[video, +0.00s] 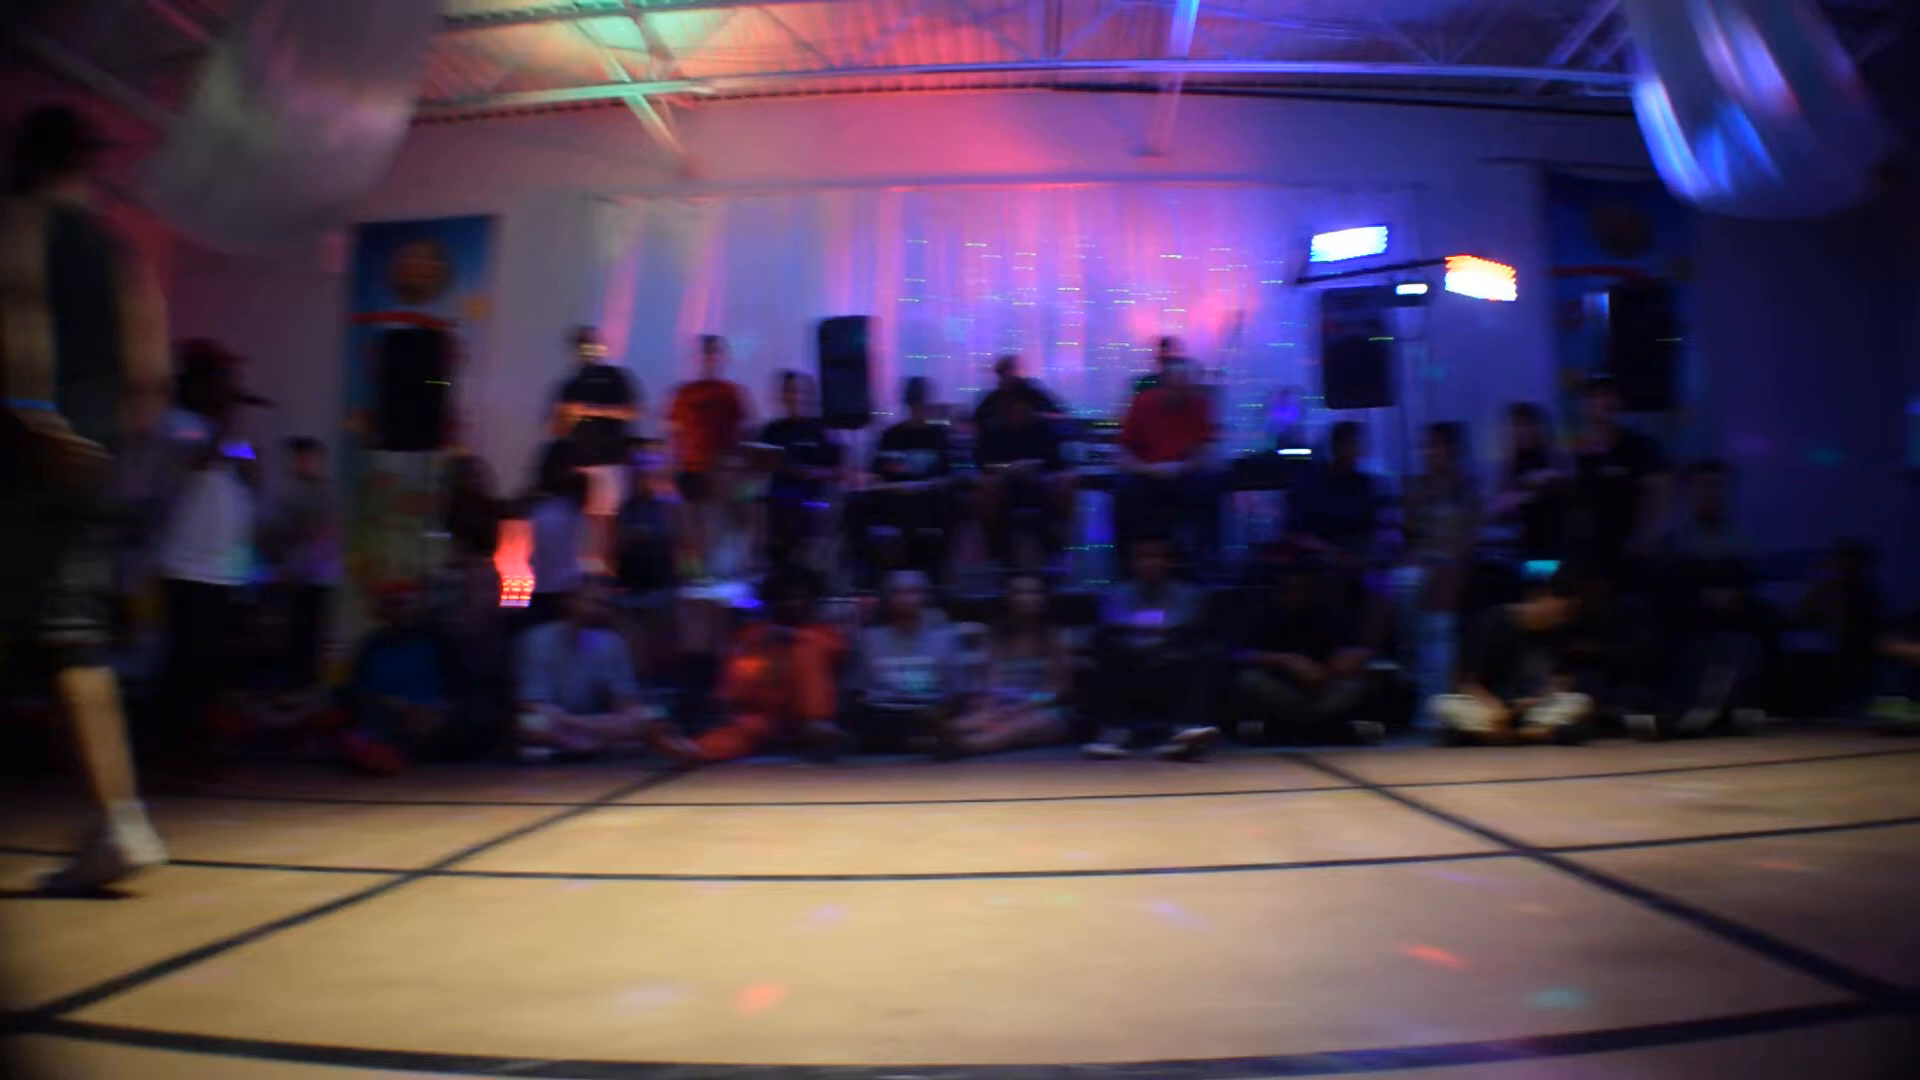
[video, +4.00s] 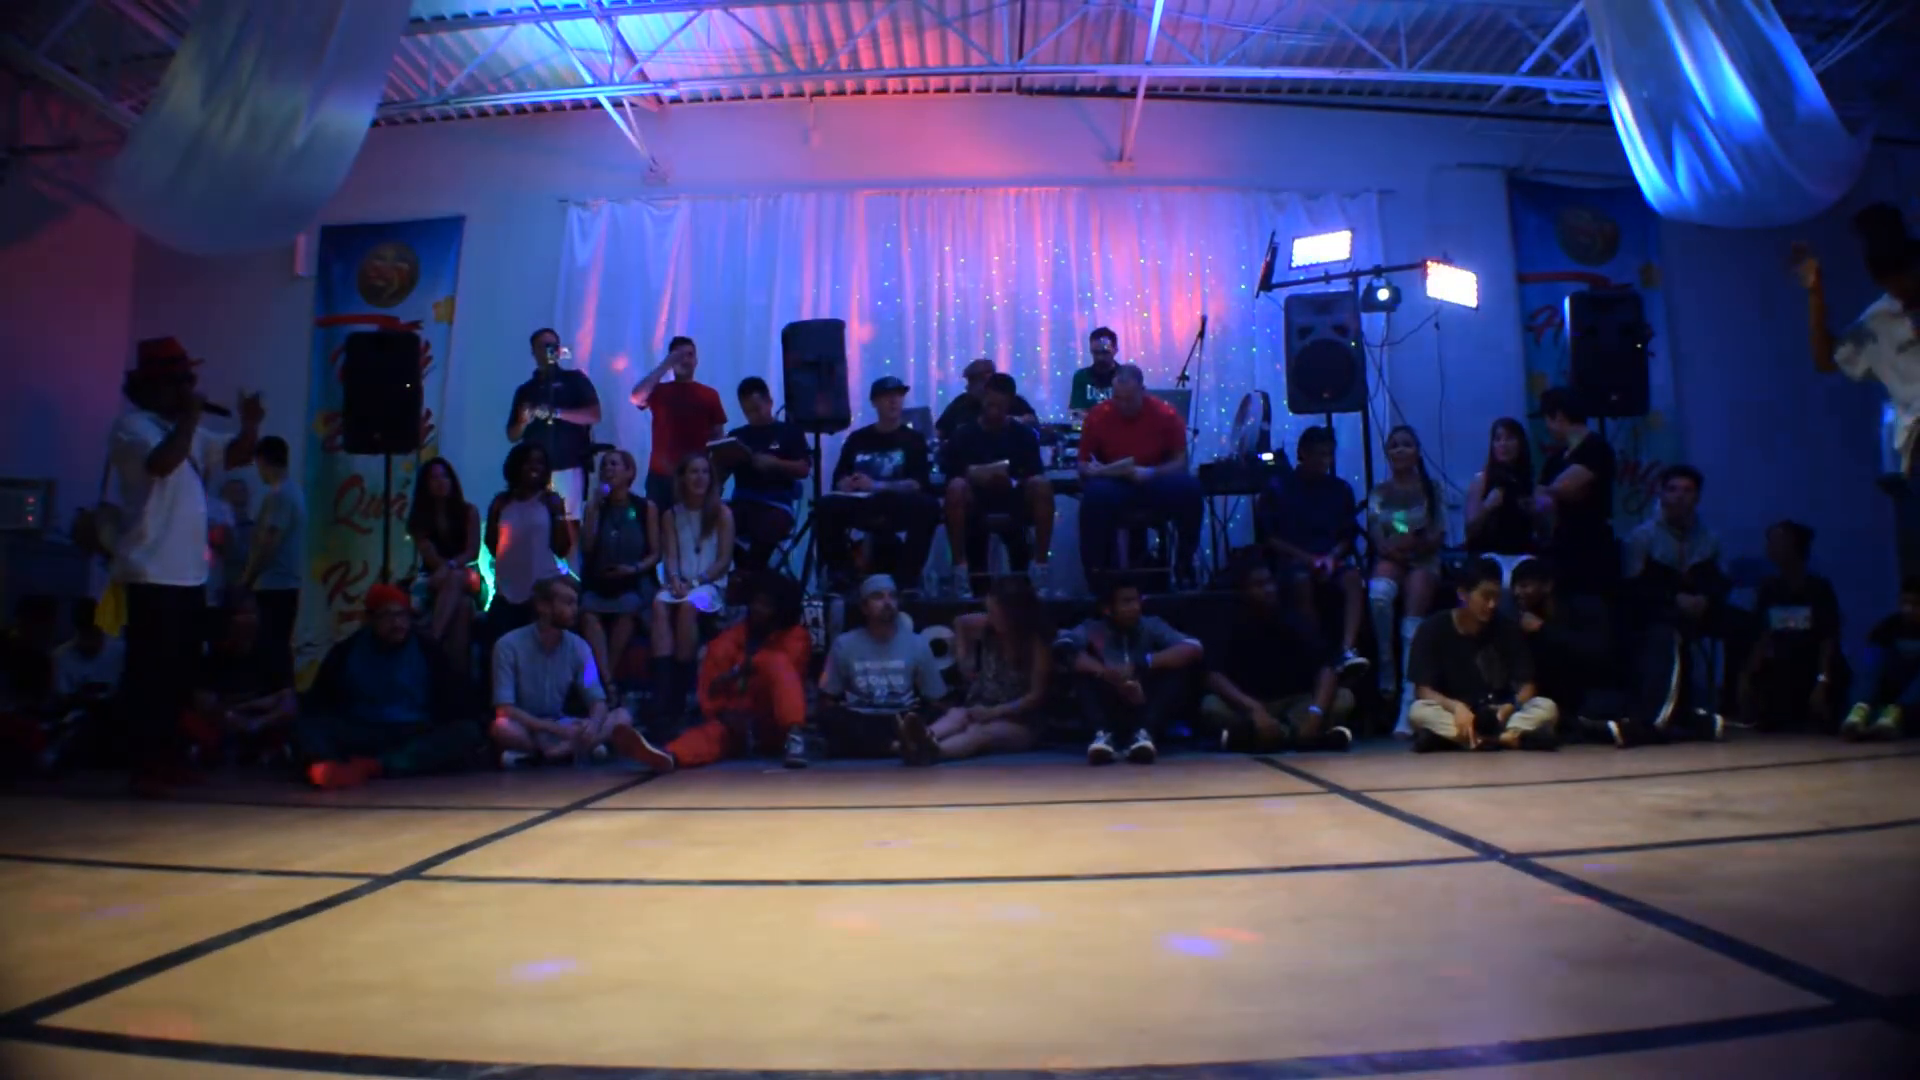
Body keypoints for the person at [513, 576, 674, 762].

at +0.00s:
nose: (597, 609)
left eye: (601, 602)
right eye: (590, 601)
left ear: (606, 605)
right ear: (570, 601)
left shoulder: (610, 643)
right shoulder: (539, 641)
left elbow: (631, 708)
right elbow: (533, 706)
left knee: (650, 719)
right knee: (530, 724)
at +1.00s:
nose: (570, 610)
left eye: (575, 604)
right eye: (563, 602)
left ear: (579, 608)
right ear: (547, 601)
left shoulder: (583, 643)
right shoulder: (515, 641)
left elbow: (602, 696)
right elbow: (509, 703)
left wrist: (598, 721)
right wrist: (561, 725)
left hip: (570, 718)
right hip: (533, 719)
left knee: (626, 712)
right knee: (507, 724)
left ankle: (561, 746)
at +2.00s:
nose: (568, 613)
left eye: (574, 607)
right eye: (561, 604)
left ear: (578, 610)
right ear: (545, 603)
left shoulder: (580, 646)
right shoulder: (513, 644)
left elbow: (600, 701)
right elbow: (507, 707)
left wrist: (596, 725)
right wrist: (562, 729)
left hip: (568, 721)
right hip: (530, 722)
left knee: (624, 715)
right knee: (504, 727)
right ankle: (581, 748)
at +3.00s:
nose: (567, 613)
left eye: (572, 607)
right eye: (561, 604)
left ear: (576, 610)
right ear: (542, 605)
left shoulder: (578, 647)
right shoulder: (509, 645)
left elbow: (598, 702)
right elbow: (504, 708)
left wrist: (593, 725)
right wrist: (555, 729)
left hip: (566, 722)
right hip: (528, 723)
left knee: (622, 716)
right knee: (502, 728)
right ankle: (576, 748)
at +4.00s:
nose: (574, 609)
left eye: (575, 603)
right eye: (567, 603)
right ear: (543, 607)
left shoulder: (579, 647)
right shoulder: (509, 645)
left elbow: (598, 701)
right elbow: (505, 709)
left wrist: (593, 725)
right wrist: (556, 729)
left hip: (564, 722)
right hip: (527, 722)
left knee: (622, 716)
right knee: (501, 727)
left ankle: (560, 750)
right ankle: (577, 747)